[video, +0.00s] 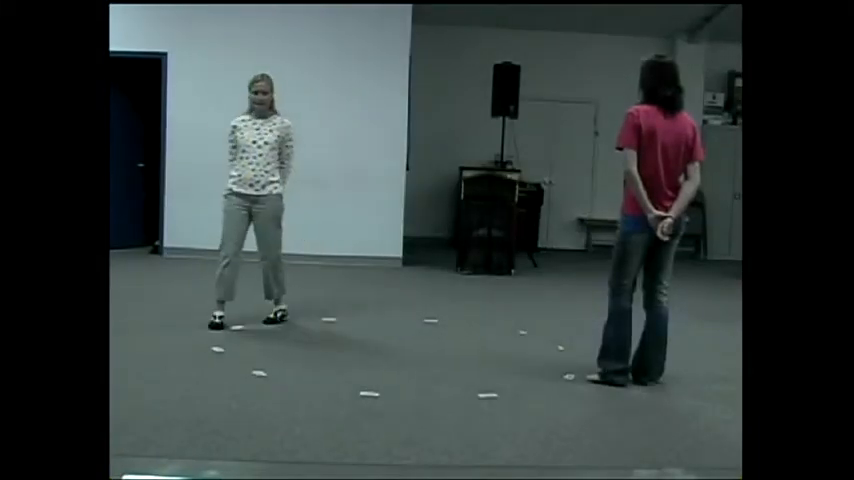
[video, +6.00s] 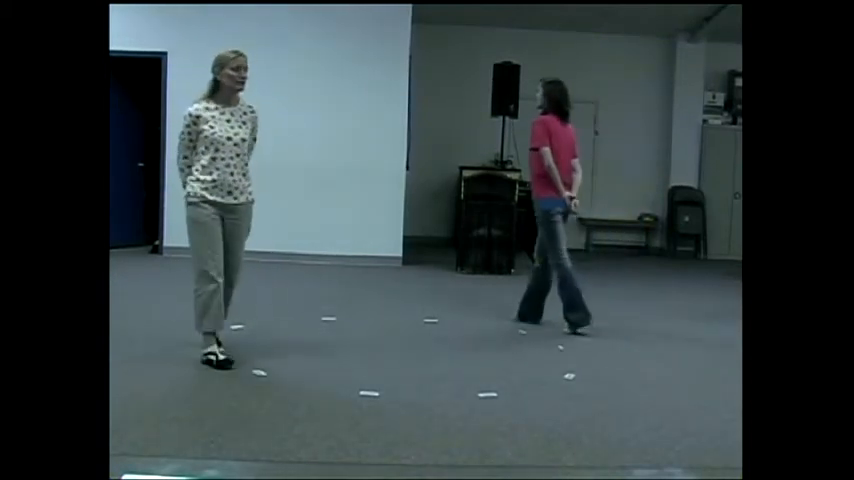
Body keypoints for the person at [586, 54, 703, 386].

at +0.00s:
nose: (641, 86)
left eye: (642, 80)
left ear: (646, 84)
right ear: (676, 85)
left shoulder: (637, 116)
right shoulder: (688, 124)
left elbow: (630, 168)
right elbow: (693, 178)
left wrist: (650, 210)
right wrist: (673, 216)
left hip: (638, 219)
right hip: (671, 220)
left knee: (622, 290)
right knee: (658, 292)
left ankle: (614, 368)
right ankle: (649, 370)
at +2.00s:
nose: (649, 85)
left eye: (651, 79)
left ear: (653, 84)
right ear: (683, 86)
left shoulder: (641, 116)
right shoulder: (692, 126)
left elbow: (633, 169)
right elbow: (697, 180)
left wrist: (652, 210)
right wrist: (674, 216)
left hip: (641, 218)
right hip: (674, 220)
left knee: (625, 291)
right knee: (660, 293)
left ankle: (615, 368)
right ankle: (649, 370)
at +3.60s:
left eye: (608, 85)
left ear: (606, 88)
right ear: (634, 90)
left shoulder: (594, 120)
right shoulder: (644, 126)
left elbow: (588, 163)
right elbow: (649, 173)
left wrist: (606, 201)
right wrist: (628, 207)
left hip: (600, 208)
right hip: (631, 210)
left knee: (606, 276)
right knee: (614, 273)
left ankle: (606, 351)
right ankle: (611, 341)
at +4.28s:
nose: (577, 97)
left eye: (579, 92)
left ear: (579, 95)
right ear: (605, 96)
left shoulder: (572, 125)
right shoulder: (616, 128)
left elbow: (571, 168)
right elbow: (622, 170)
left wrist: (588, 201)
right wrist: (607, 202)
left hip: (579, 207)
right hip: (608, 207)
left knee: (571, 265)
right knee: (603, 271)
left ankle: (574, 325)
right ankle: (595, 331)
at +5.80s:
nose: (548, 96)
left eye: (551, 92)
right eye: (550, 91)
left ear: (558, 97)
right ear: (574, 98)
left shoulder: (552, 121)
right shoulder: (583, 126)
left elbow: (558, 158)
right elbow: (592, 164)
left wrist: (576, 189)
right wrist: (588, 191)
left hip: (559, 198)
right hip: (577, 198)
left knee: (571, 260)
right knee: (555, 256)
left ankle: (581, 322)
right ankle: (549, 314)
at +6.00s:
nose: (537, 98)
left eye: (540, 94)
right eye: (539, 93)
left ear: (547, 98)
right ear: (562, 100)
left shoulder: (541, 124)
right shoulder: (569, 128)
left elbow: (548, 161)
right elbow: (576, 167)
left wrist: (563, 191)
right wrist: (574, 194)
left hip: (546, 199)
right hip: (563, 199)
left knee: (560, 258)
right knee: (543, 257)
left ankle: (578, 316)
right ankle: (529, 312)